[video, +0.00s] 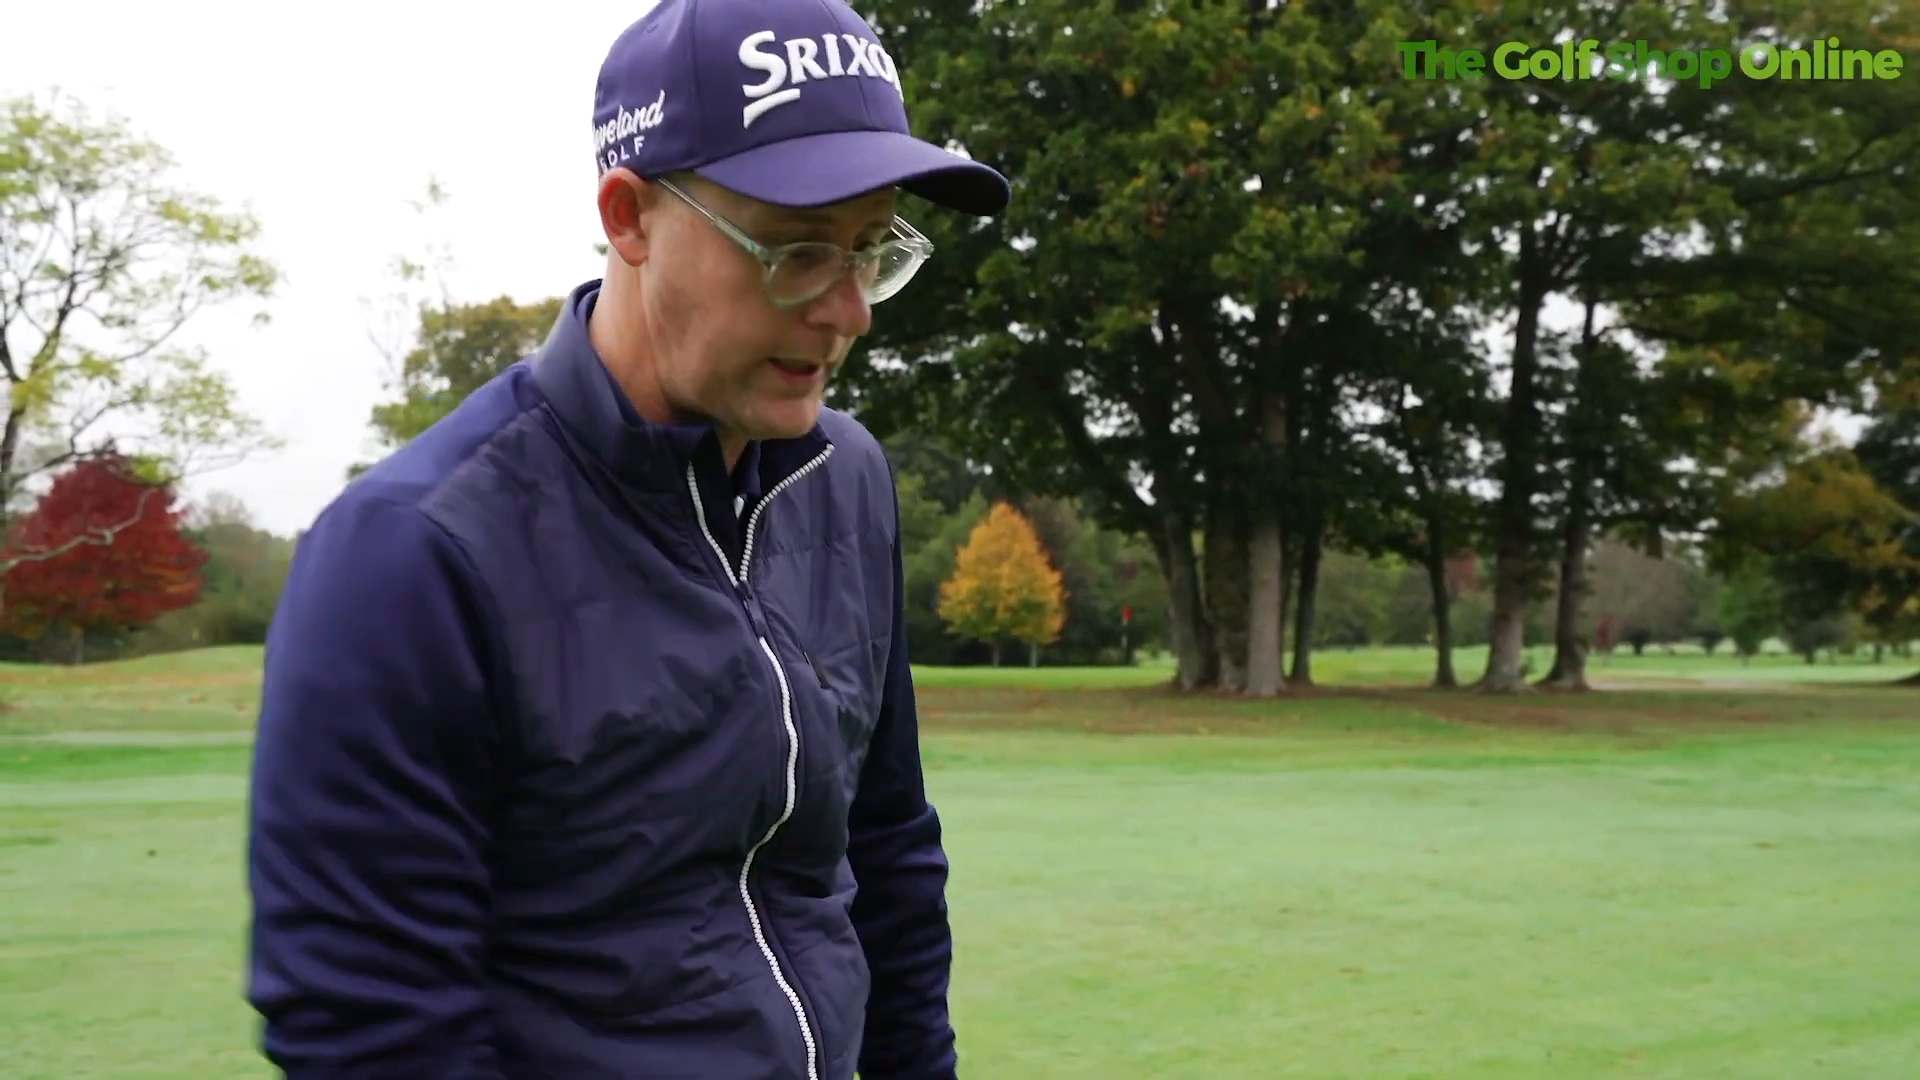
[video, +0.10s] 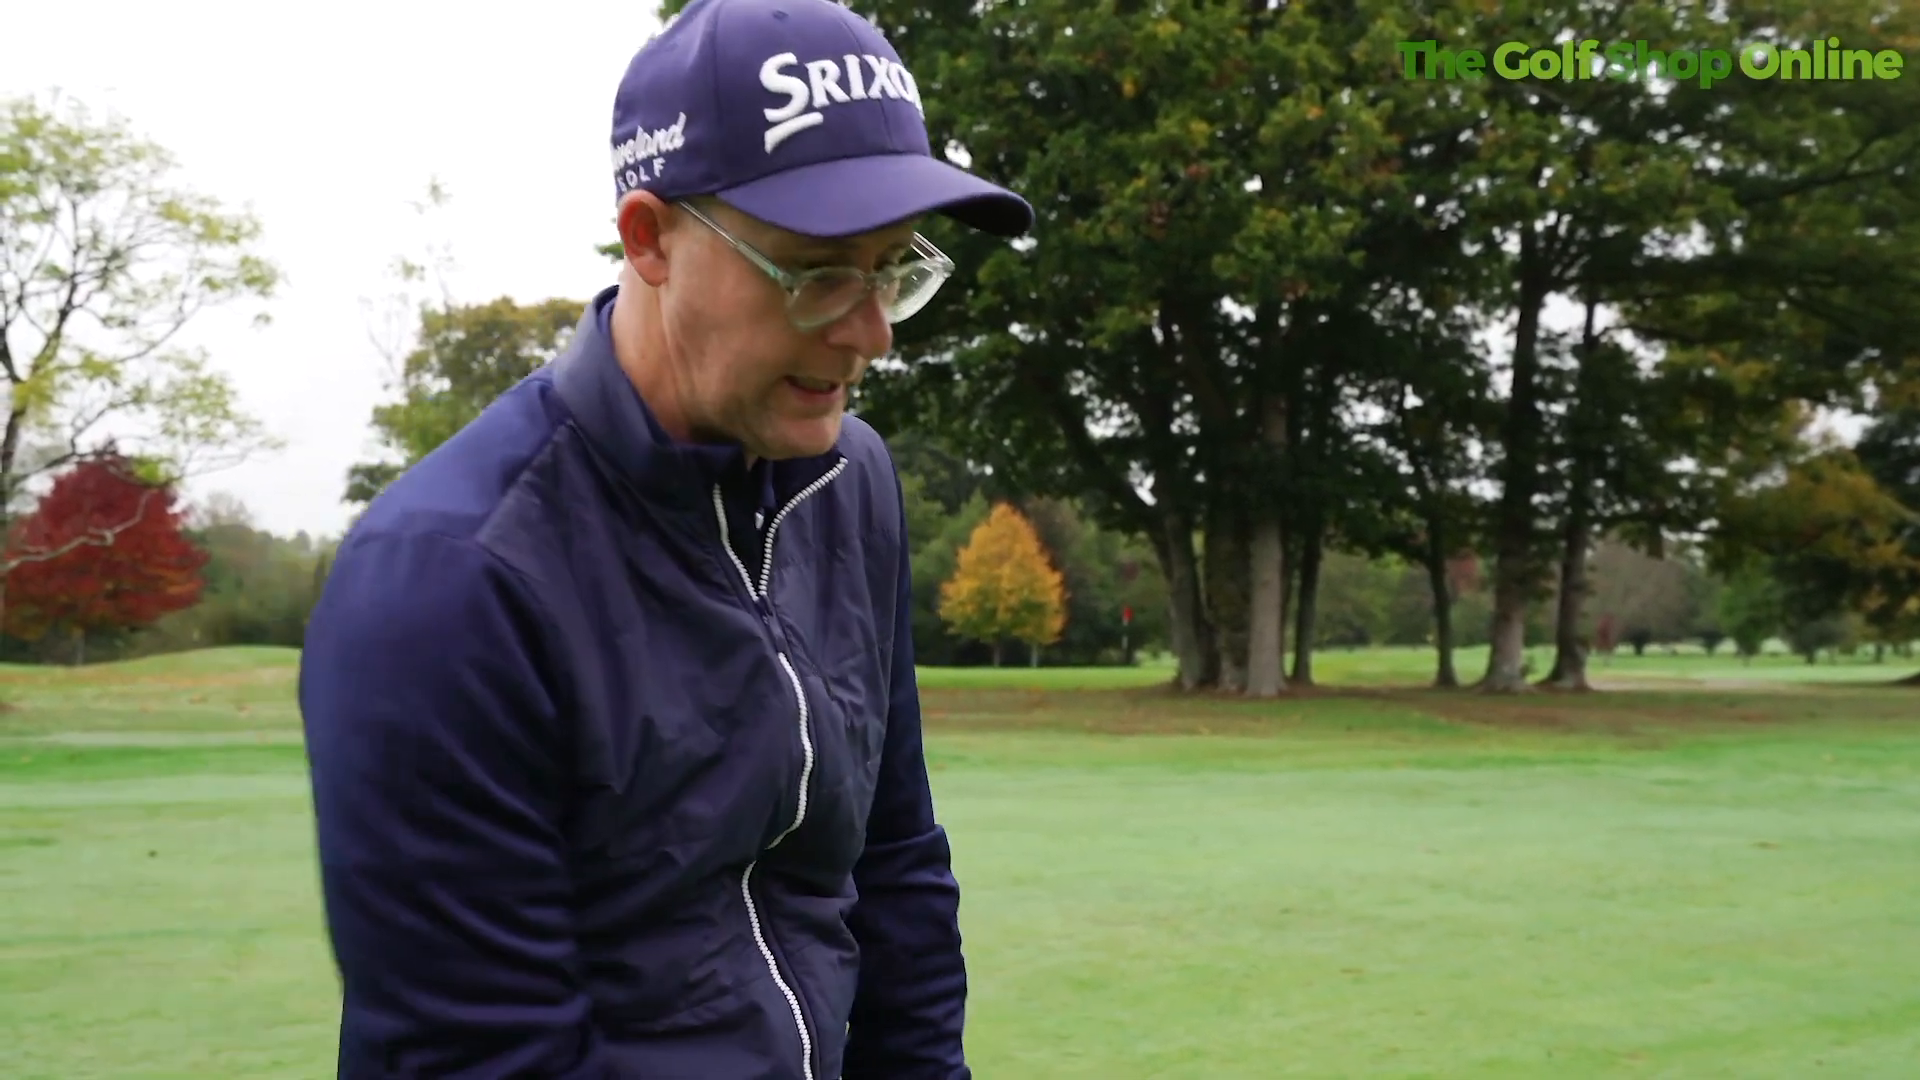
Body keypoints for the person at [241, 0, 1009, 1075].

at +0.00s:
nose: (849, 310)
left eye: (869, 248)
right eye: (793, 249)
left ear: (891, 224)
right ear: (629, 219)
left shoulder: (849, 484)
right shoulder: (410, 553)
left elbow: (887, 853)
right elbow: (366, 1024)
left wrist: (913, 1064)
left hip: (828, 1053)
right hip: (572, 1058)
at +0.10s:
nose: (869, 333)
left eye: (891, 266)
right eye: (809, 268)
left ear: (911, 248)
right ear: (647, 242)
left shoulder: (850, 481)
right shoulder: (444, 576)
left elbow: (897, 867)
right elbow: (471, 1050)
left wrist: (921, 1066)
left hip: (825, 1050)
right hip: (615, 1059)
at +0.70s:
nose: (1046, 457)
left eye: (1069, 404)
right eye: (1001, 401)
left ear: (1091, 380)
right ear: (869, 352)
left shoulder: (1026, 566)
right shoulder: (642, 615)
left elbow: (970, 924)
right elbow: (683, 1030)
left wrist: (943, 1067)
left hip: (863, 1036)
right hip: (609, 1051)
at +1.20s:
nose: (1040, 544)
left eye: (1071, 492)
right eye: (998, 487)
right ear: (860, 432)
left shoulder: (1034, 614)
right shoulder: (619, 699)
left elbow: (957, 979)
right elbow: (680, 1045)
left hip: (832, 1031)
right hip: (576, 1046)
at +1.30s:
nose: (1031, 551)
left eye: (1062, 498)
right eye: (987, 494)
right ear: (848, 434)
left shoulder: (1039, 622)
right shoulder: (594, 677)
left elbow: (959, 990)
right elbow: (640, 1042)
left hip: (849, 1037)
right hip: (580, 1047)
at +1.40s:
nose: (1032, 553)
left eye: (1066, 499)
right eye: (987, 494)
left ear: (1101, 462)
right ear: (850, 434)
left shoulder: (1051, 642)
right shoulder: (579, 638)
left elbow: (954, 1021)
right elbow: (568, 1045)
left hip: (859, 1055)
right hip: (611, 1052)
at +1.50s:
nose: (1046, 557)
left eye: (1076, 504)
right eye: (1004, 500)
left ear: (1108, 473)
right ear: (863, 437)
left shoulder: (1064, 668)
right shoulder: (573, 602)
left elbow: (930, 1034)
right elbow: (520, 1024)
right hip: (615, 1056)